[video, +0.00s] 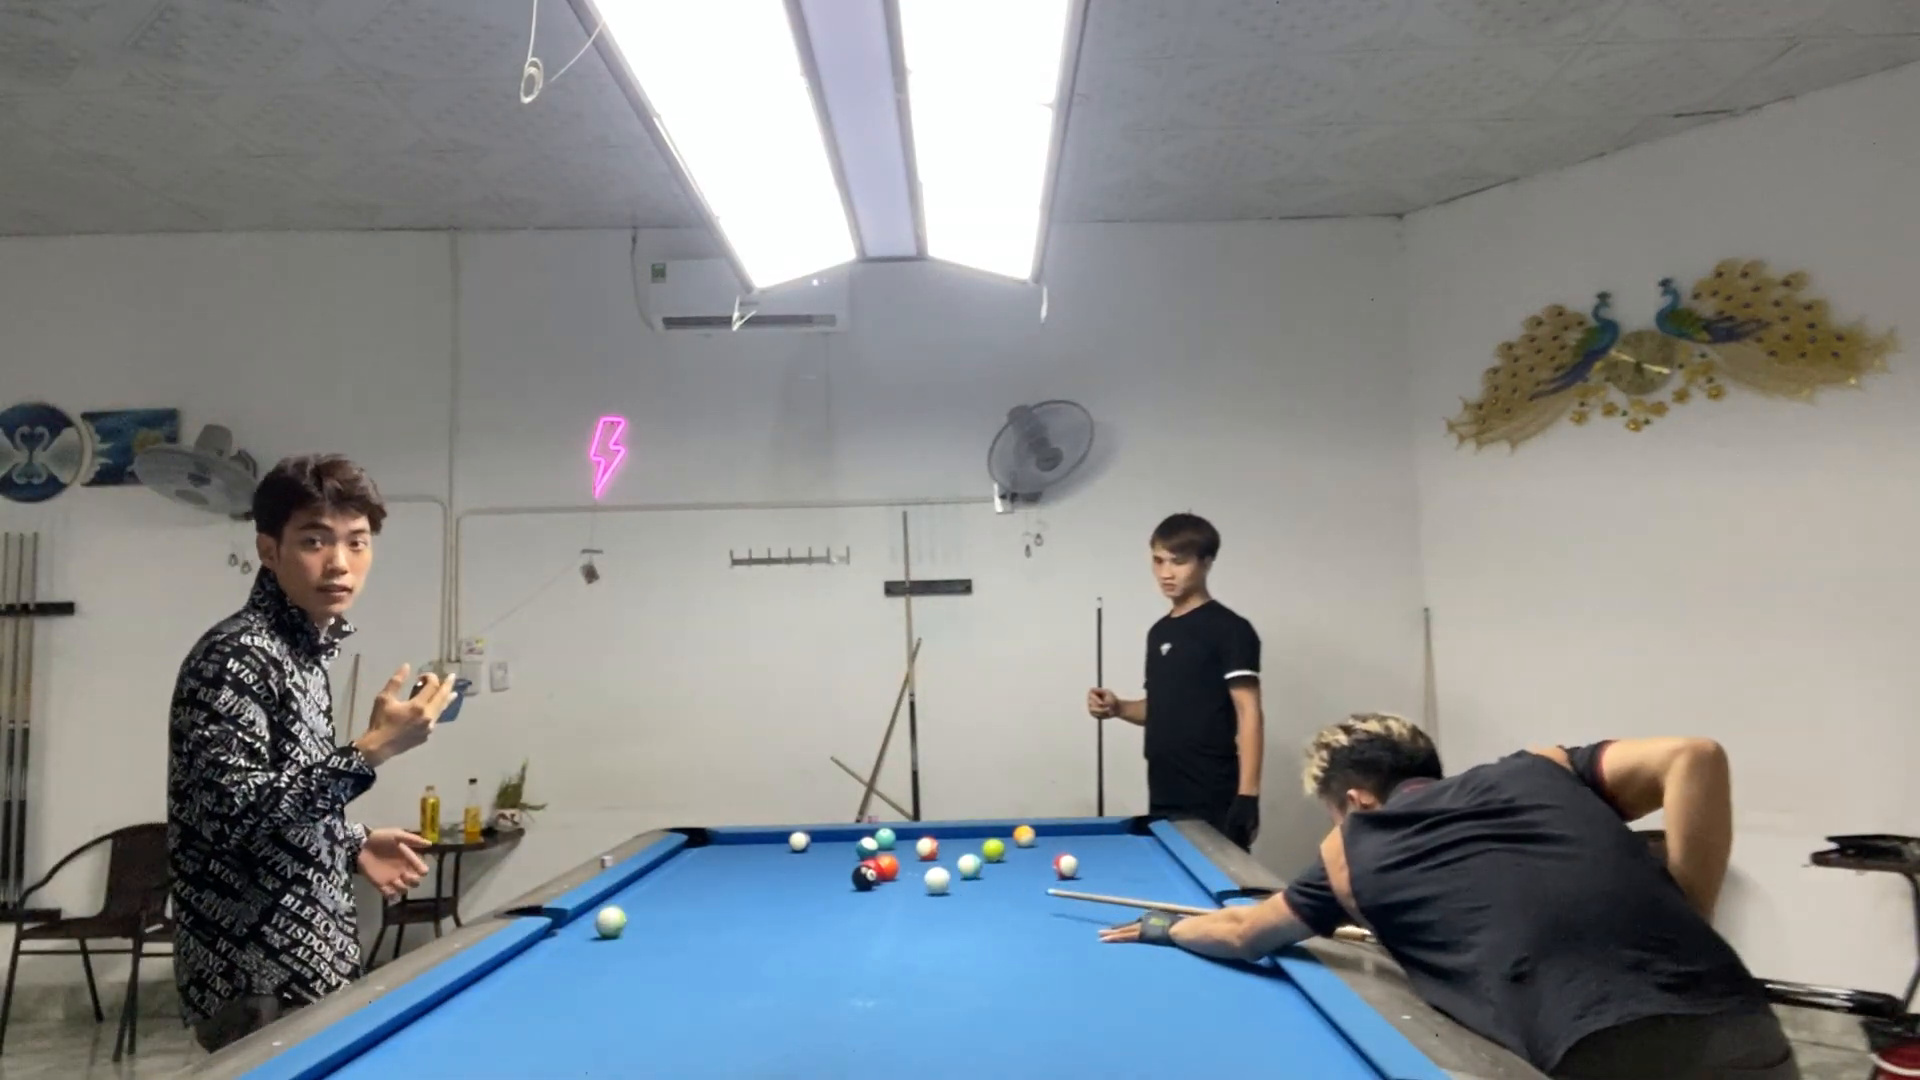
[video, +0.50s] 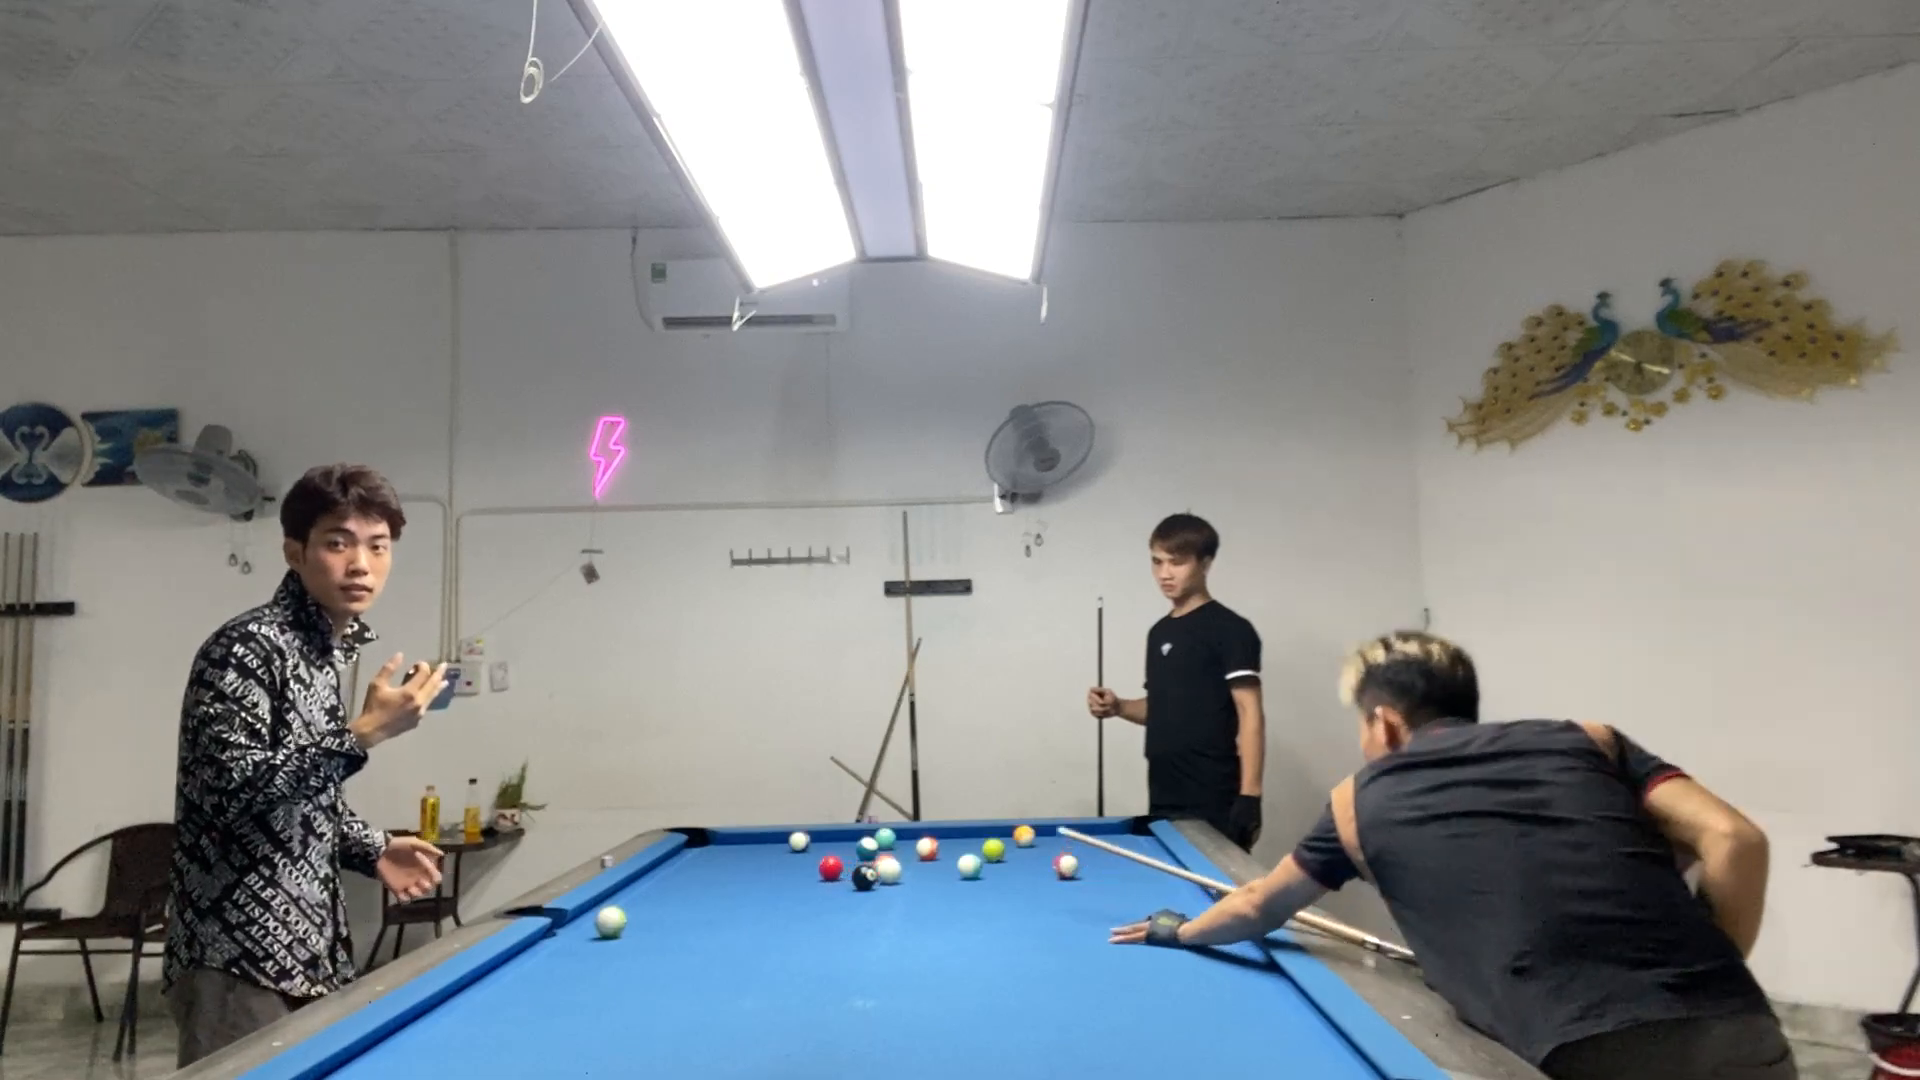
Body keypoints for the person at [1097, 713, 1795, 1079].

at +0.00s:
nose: (1336, 824)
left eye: (1332, 812)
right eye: (1332, 814)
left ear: (1356, 800)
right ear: (1428, 767)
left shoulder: (1354, 846)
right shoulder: (1539, 765)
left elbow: (1241, 934)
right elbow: (1695, 762)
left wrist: (1168, 921)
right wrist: (1687, 924)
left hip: (1608, 1052)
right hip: (1744, 1030)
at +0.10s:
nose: (1338, 822)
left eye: (1335, 810)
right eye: (1335, 811)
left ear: (1360, 799)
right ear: (1431, 766)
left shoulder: (1355, 846)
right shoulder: (1543, 766)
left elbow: (1241, 935)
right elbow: (1698, 769)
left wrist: (1171, 920)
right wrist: (1685, 925)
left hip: (1610, 1053)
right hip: (1747, 1034)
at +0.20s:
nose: (1340, 822)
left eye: (1337, 810)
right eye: (1337, 811)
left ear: (1361, 799)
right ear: (1434, 766)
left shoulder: (1357, 846)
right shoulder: (1545, 769)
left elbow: (1240, 935)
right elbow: (1701, 778)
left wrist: (1170, 921)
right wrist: (1685, 933)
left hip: (1611, 1055)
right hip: (1747, 1033)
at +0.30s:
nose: (1341, 819)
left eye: (1339, 807)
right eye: (1339, 807)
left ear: (1364, 796)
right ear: (1438, 764)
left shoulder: (1358, 844)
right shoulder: (1547, 770)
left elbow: (1239, 934)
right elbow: (1707, 787)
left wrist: (1169, 923)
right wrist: (1687, 941)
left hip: (1615, 1054)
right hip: (1750, 1032)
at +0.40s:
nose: (1345, 802)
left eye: (1344, 786)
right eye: (1344, 788)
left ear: (1371, 776)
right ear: (1449, 751)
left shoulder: (1359, 833)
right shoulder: (1558, 764)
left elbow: (1243, 925)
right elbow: (1721, 814)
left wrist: (1169, 930)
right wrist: (1697, 959)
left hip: (1604, 1051)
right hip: (1742, 1028)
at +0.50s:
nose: (1358, 745)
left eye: (1359, 724)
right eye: (1359, 724)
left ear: (1389, 725)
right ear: (1471, 710)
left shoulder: (1362, 800)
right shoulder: (1588, 740)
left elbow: (1258, 904)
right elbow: (1736, 840)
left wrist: (1182, 932)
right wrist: (1708, 981)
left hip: (1594, 1050)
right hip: (1742, 1035)